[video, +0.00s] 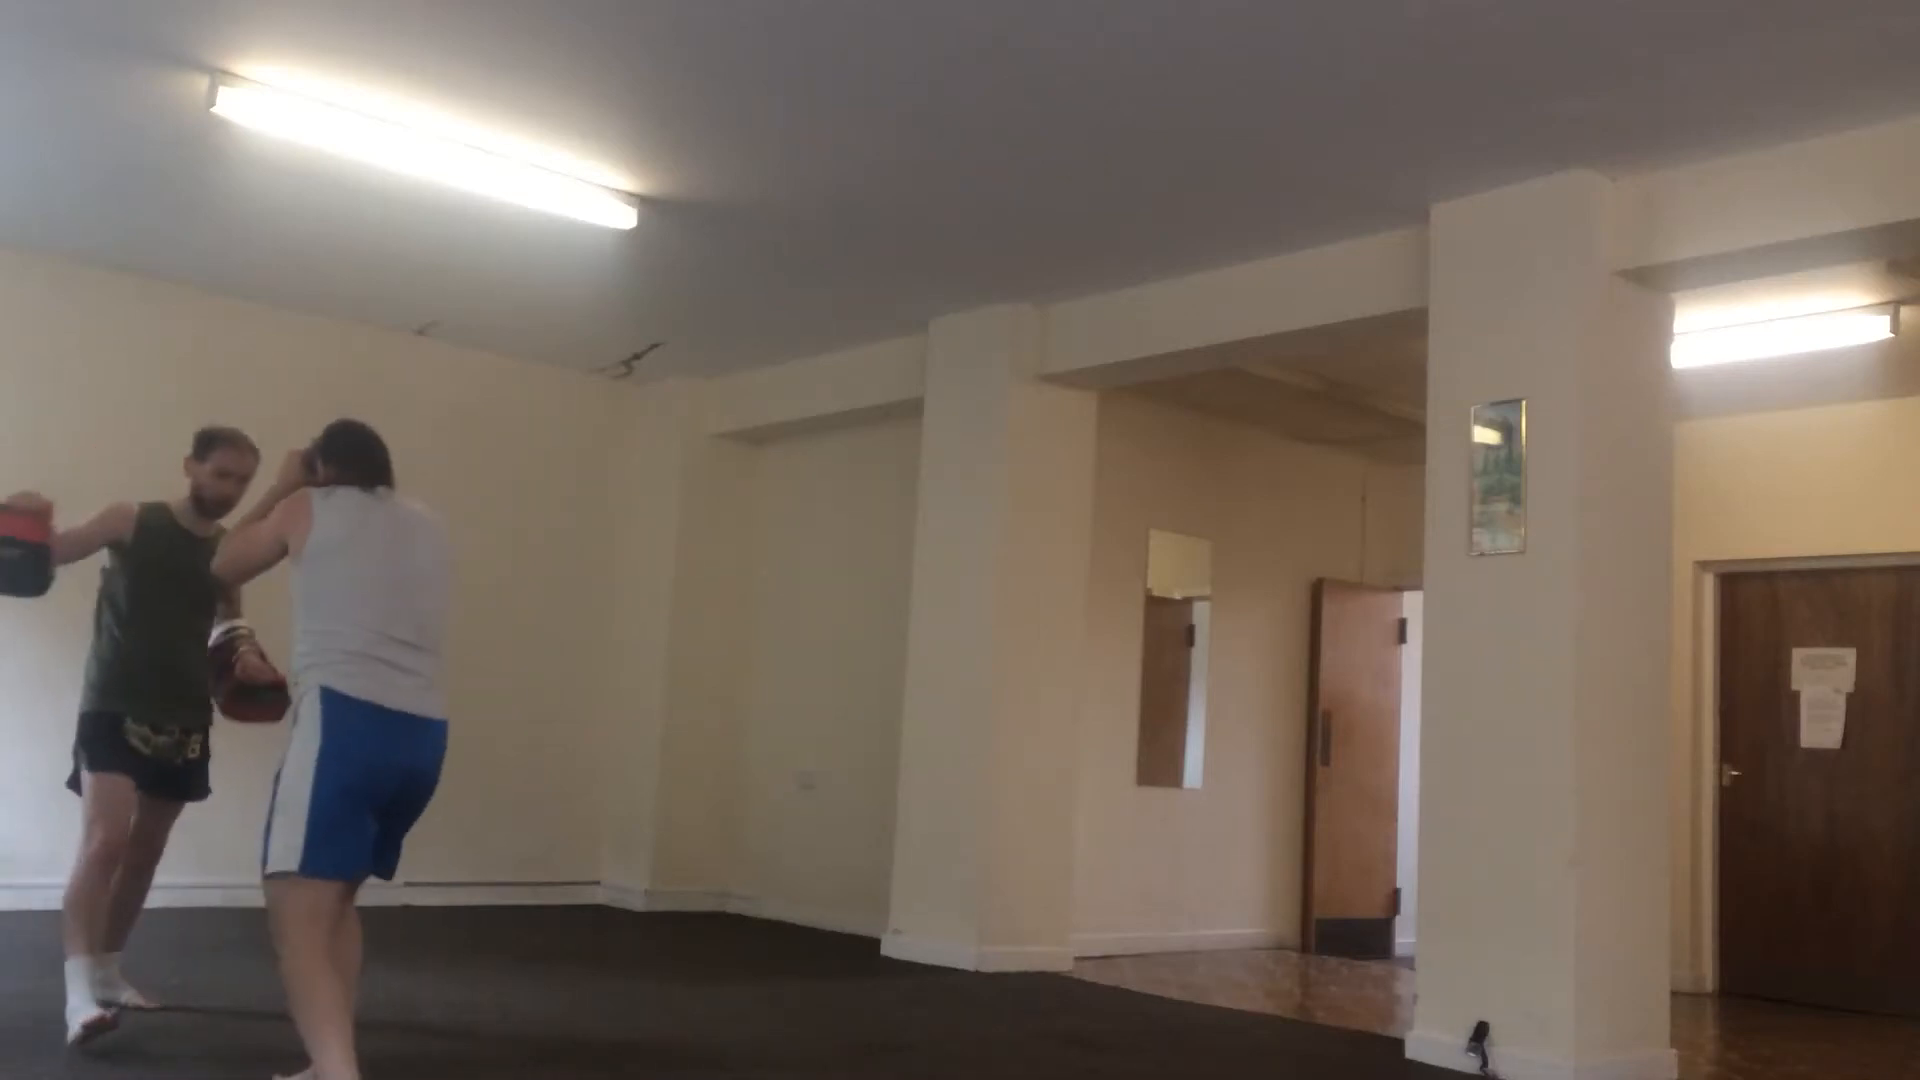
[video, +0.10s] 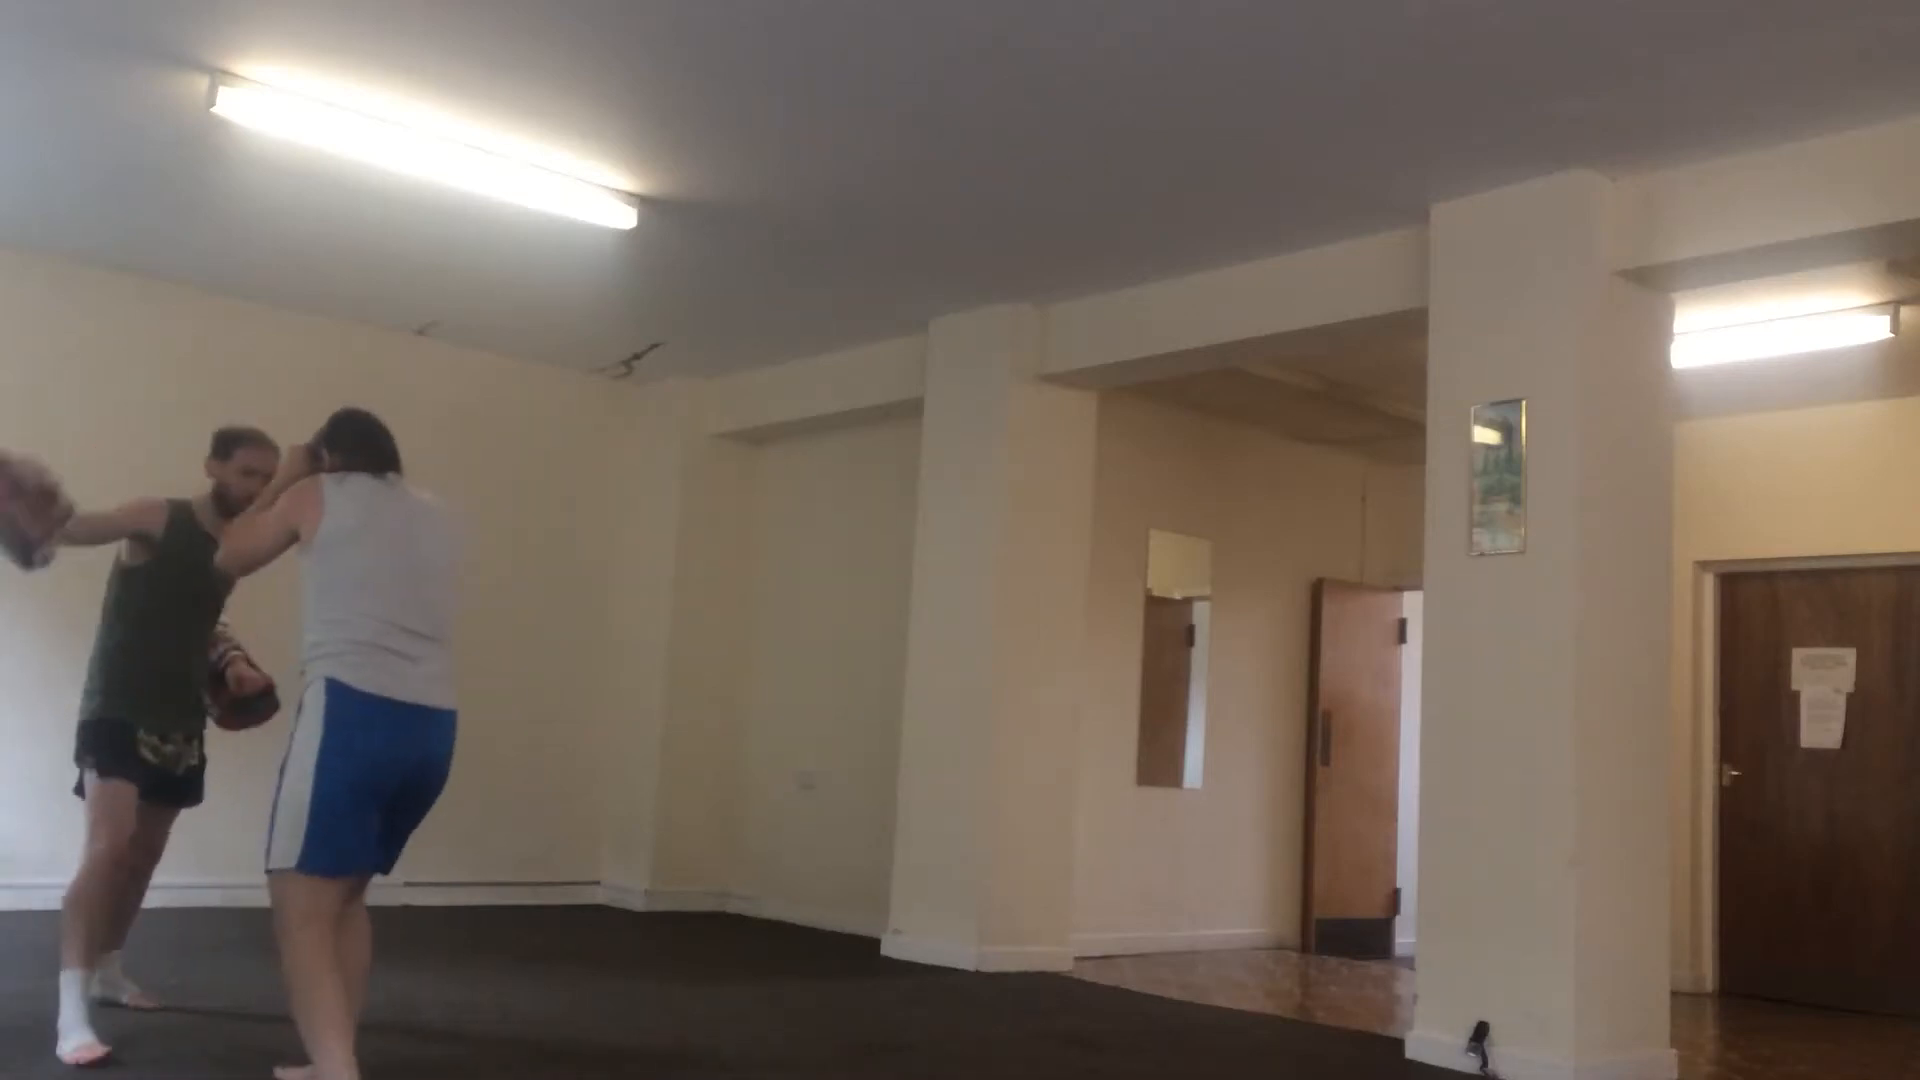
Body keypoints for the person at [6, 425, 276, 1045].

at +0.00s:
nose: (229, 487)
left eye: (241, 480)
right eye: (222, 473)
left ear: (246, 486)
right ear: (192, 466)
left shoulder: (228, 552)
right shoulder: (132, 521)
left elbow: (230, 635)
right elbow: (53, 552)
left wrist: (248, 659)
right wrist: (27, 523)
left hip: (182, 718)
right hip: (117, 707)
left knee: (145, 854)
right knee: (107, 843)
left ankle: (106, 973)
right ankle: (79, 997)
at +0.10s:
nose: (256, 488)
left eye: (266, 479)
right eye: (247, 473)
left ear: (270, 486)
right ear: (214, 468)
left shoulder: (236, 547)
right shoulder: (160, 516)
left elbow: (201, 624)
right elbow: (69, 527)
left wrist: (234, 658)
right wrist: (30, 519)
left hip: (180, 718)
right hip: (119, 709)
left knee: (142, 856)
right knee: (109, 849)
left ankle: (103, 967)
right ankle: (72, 1004)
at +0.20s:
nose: (266, 479)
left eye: (272, 469)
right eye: (257, 465)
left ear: (266, 474)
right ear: (225, 461)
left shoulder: (227, 540)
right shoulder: (186, 509)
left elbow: (193, 615)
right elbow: (150, 498)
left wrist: (226, 650)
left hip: (171, 712)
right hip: (115, 705)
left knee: (155, 849)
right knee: (121, 850)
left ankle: (111, 954)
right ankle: (77, 1013)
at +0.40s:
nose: (250, 467)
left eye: (254, 453)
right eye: (241, 450)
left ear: (239, 451)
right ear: (202, 441)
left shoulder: (219, 512)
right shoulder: (158, 499)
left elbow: (199, 587)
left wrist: (236, 615)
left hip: (180, 699)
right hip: (121, 698)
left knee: (160, 836)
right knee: (116, 850)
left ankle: (101, 939)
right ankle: (75, 1017)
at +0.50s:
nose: (251, 438)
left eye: (258, 427)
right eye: (239, 424)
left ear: (258, 430)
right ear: (203, 421)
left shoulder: (237, 501)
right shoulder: (158, 484)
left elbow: (211, 580)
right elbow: (57, 534)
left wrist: (251, 614)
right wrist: (125, 511)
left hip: (193, 692)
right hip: (126, 690)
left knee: (170, 833)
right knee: (111, 849)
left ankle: (90, 910)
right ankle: (75, 1018)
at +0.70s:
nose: (232, 451)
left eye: (244, 441)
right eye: (224, 435)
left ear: (250, 441)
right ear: (189, 422)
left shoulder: (240, 502)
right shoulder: (133, 478)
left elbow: (279, 580)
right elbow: (62, 557)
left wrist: (320, 568)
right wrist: (112, 522)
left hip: (202, 694)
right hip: (127, 692)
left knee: (195, 849)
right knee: (106, 857)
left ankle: (126, 951)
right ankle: (75, 1017)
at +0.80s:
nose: (234, 461)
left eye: (246, 452)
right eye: (229, 446)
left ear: (249, 450)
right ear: (199, 427)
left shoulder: (241, 498)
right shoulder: (136, 478)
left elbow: (297, 562)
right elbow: (106, 547)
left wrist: (324, 500)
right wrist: (152, 471)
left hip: (208, 689)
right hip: (130, 688)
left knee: (213, 853)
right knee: (108, 855)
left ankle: (190, 976)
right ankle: (76, 1019)